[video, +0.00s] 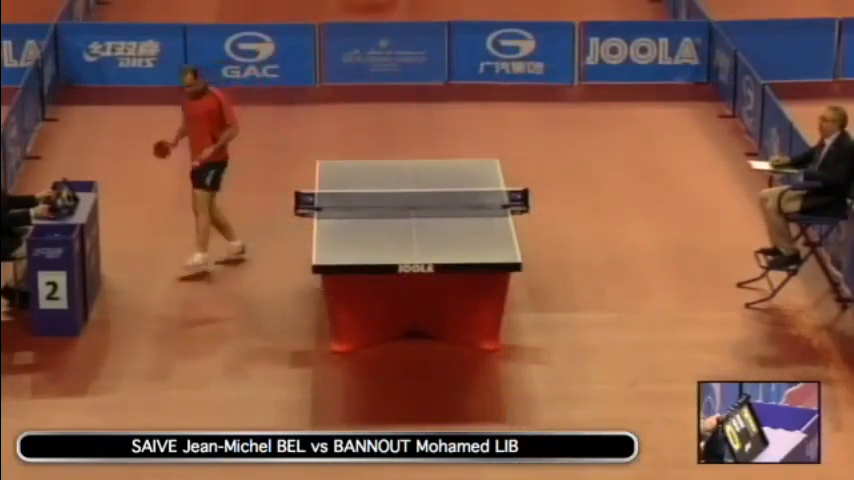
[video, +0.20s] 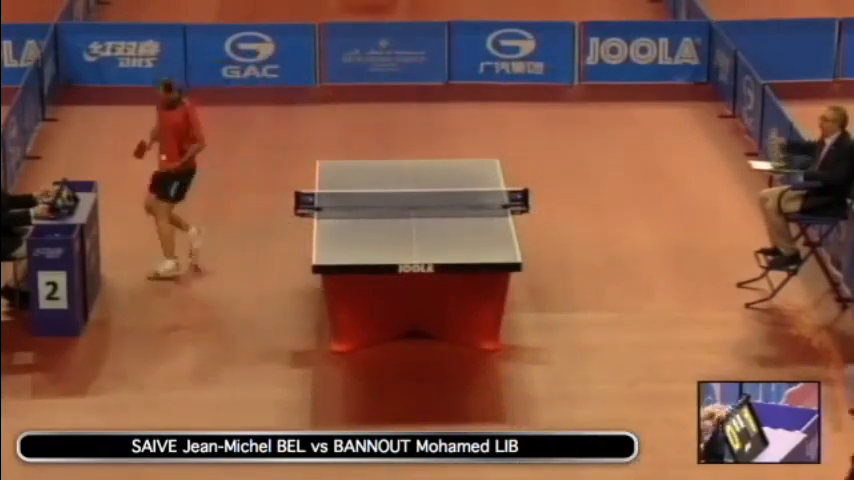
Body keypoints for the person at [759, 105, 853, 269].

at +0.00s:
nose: (820, 123)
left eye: (825, 120)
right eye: (820, 119)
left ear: (838, 125)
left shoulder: (846, 147)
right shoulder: (826, 141)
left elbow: (836, 178)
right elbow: (808, 158)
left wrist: (803, 174)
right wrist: (787, 161)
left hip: (829, 199)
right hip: (816, 191)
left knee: (773, 204)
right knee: (765, 197)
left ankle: (790, 254)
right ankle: (780, 247)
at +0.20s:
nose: (820, 123)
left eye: (825, 120)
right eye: (821, 119)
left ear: (837, 125)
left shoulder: (846, 147)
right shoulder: (826, 141)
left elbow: (837, 178)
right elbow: (810, 148)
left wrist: (806, 175)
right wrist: (786, 145)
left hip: (830, 199)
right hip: (815, 191)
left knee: (773, 205)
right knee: (765, 197)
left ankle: (790, 254)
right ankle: (780, 247)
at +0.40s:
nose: (822, 124)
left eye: (828, 122)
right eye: (823, 120)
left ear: (840, 127)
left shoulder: (845, 148)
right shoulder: (826, 142)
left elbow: (834, 179)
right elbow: (803, 161)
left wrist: (803, 177)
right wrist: (784, 165)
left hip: (828, 199)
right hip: (813, 191)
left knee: (774, 206)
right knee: (765, 197)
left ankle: (790, 254)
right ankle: (780, 246)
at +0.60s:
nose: (824, 124)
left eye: (830, 122)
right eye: (825, 119)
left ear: (841, 128)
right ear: (824, 119)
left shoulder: (846, 148)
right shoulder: (827, 141)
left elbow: (833, 178)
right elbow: (807, 158)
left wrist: (802, 175)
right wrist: (791, 164)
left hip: (828, 199)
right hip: (814, 191)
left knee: (774, 206)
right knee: (765, 197)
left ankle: (790, 254)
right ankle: (780, 247)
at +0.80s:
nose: (824, 124)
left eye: (831, 122)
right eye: (825, 119)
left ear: (842, 128)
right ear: (824, 119)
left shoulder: (846, 148)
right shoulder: (826, 141)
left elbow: (833, 178)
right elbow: (807, 158)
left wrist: (803, 175)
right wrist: (791, 163)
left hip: (829, 199)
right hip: (814, 191)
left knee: (774, 206)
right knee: (765, 197)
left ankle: (790, 254)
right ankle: (780, 247)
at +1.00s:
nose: (822, 124)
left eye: (829, 122)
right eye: (823, 120)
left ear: (840, 128)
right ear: (823, 120)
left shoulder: (846, 148)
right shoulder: (826, 141)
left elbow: (833, 178)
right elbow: (806, 159)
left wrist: (802, 177)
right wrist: (789, 164)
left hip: (829, 199)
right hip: (813, 191)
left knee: (774, 206)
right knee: (765, 197)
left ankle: (790, 254)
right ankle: (780, 247)